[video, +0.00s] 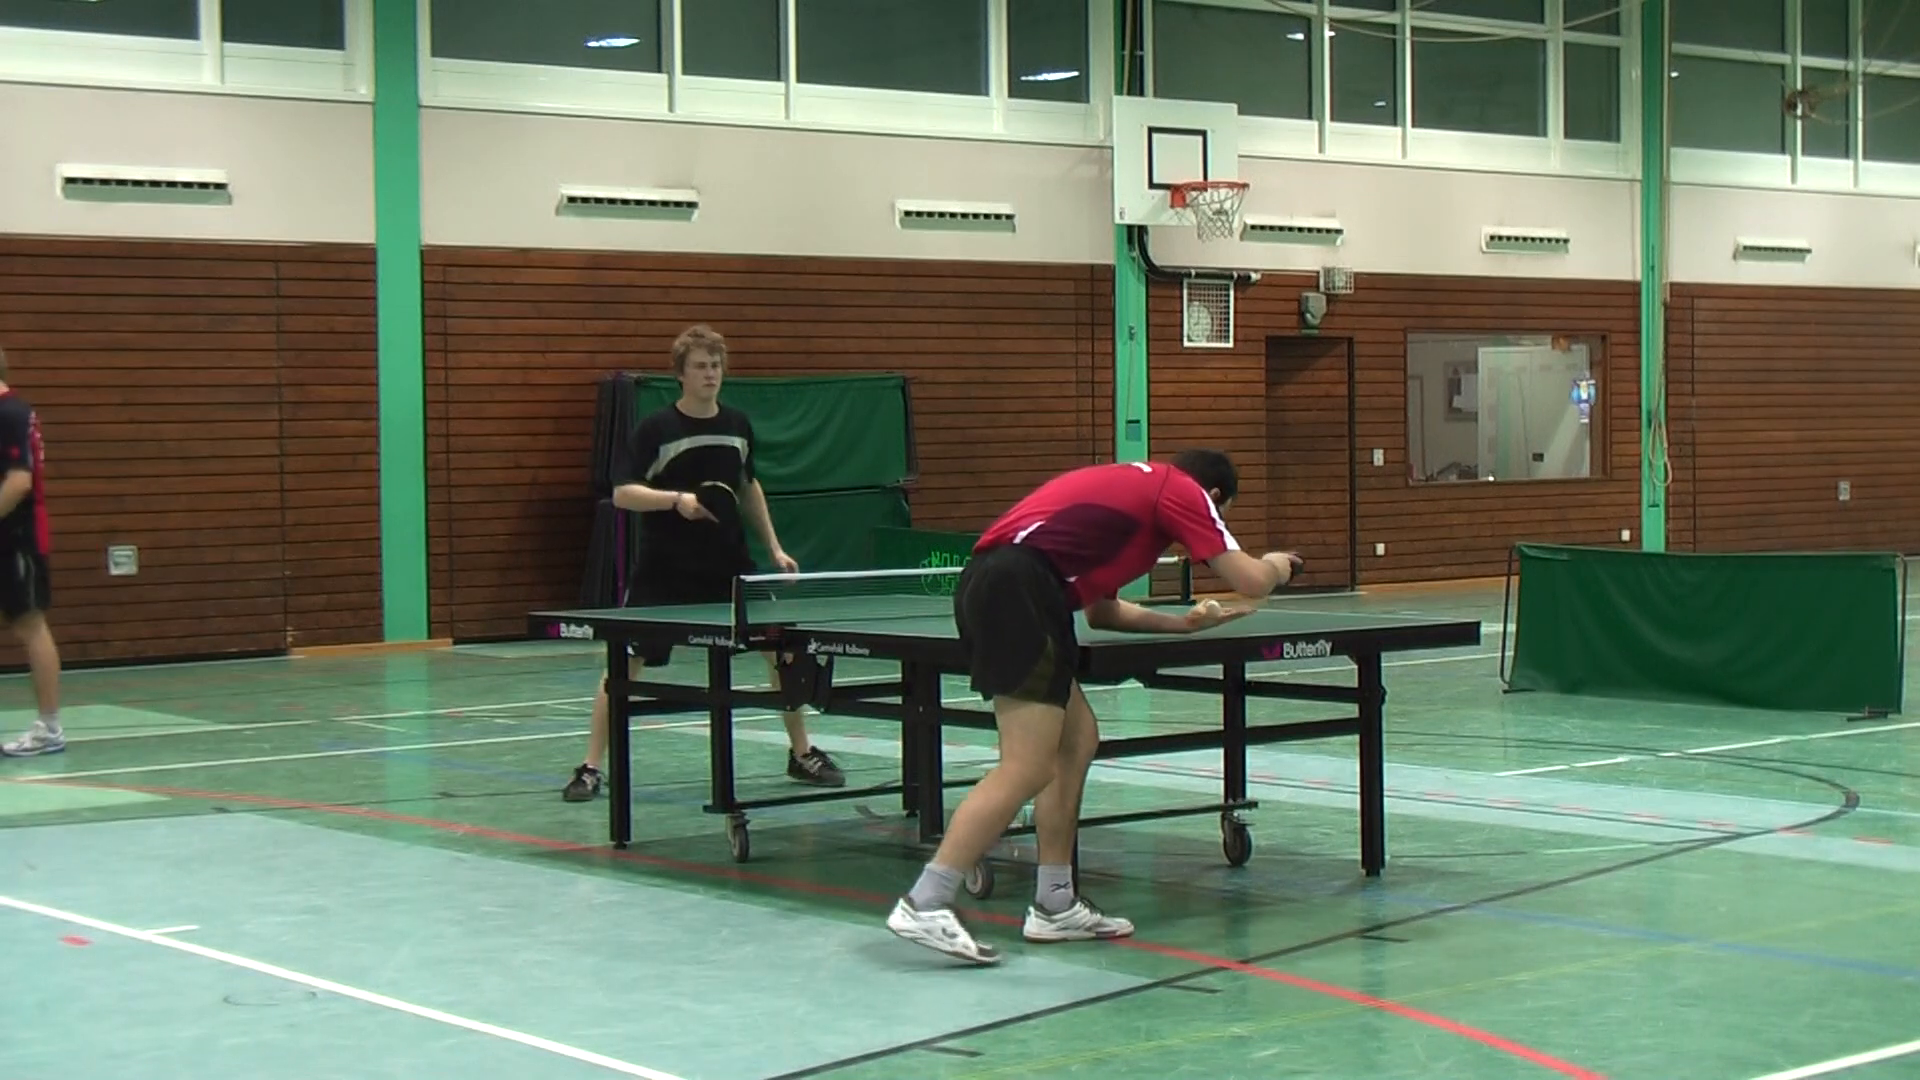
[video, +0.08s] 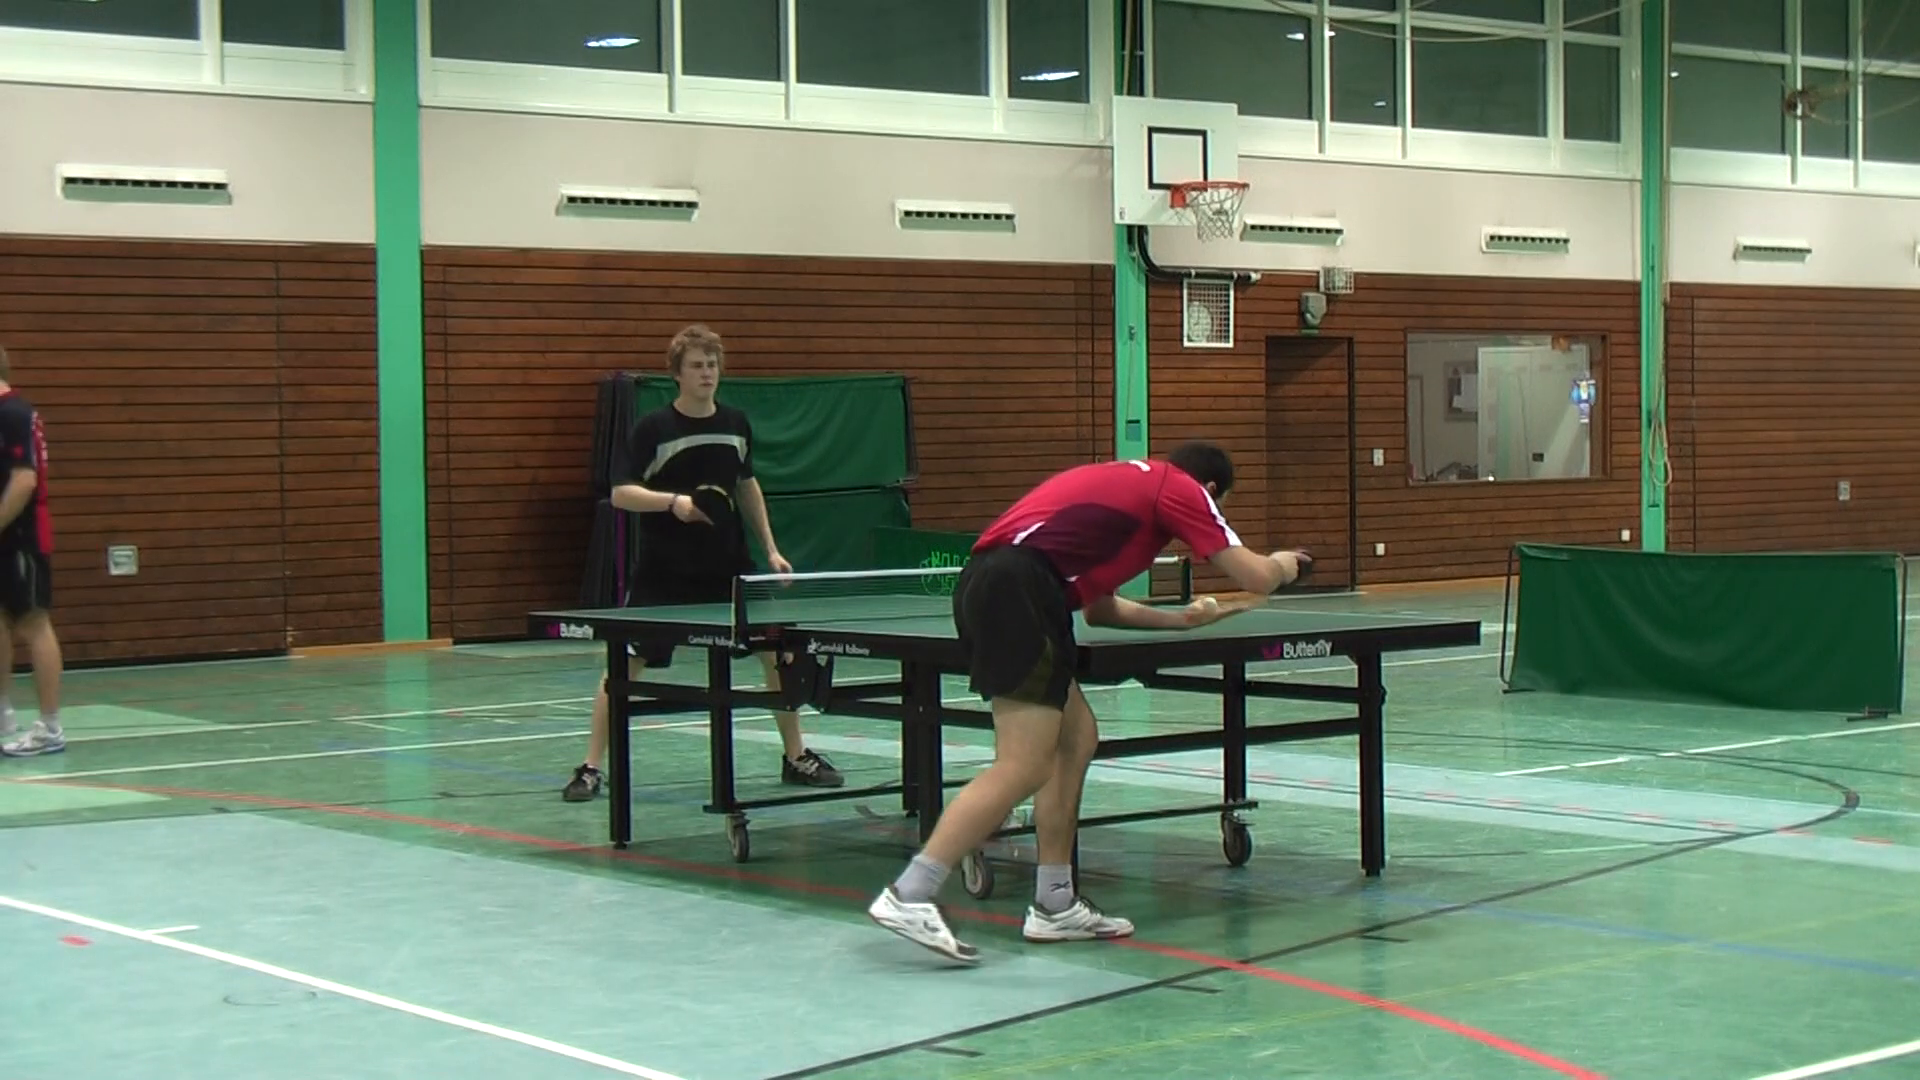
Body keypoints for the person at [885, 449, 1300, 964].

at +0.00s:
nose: (1215, 519)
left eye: (1218, 513)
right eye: (1217, 507)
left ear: (1175, 473)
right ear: (1207, 491)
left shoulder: (1121, 500)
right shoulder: (1177, 487)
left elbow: (1102, 609)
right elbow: (1252, 582)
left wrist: (1185, 619)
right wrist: (1277, 565)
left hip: (999, 585)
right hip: (1017, 583)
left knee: (1077, 738)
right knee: (1029, 763)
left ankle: (1054, 906)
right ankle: (924, 903)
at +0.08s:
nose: (1217, 514)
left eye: (1220, 505)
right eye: (1219, 502)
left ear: (1170, 469)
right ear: (1206, 485)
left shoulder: (1116, 490)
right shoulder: (1177, 486)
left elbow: (1101, 608)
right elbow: (1256, 578)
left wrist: (1186, 616)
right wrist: (1284, 564)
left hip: (993, 584)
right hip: (1015, 584)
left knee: (1075, 736)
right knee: (1024, 762)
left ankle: (1055, 904)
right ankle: (909, 894)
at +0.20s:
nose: (1205, 496)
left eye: (1207, 489)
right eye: (1207, 486)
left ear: (1157, 454)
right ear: (1195, 472)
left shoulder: (1110, 480)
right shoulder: (1172, 481)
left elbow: (1094, 599)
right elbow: (1262, 567)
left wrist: (1178, 607)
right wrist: (1293, 558)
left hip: (989, 585)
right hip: (1013, 588)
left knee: (1075, 735)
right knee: (1013, 770)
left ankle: (1055, 904)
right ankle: (892, 894)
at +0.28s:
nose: (1193, 477)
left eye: (1196, 467)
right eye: (1197, 465)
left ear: (1144, 436)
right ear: (1186, 454)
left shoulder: (1095, 460)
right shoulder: (1166, 469)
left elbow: (1100, 583)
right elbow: (1251, 550)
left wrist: (1187, 583)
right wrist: (1286, 558)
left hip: (980, 586)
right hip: (1015, 591)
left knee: (1073, 735)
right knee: (1011, 771)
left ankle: (1055, 904)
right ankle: (893, 899)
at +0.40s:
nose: (1175, 434)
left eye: (1175, 425)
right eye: (1175, 424)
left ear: (1123, 401)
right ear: (1160, 414)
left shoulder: (1060, 426)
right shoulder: (1146, 436)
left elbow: (1070, 535)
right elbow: (1242, 508)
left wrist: (1151, 529)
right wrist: (1219, 538)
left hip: (976, 585)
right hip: (1016, 591)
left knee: (1065, 736)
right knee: (1003, 773)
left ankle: (1053, 904)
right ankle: (907, 914)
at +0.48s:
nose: (1160, 413)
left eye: (1161, 404)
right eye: (1160, 403)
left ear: (1105, 379)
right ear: (1143, 391)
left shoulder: (1038, 412)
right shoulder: (1128, 411)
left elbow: (1059, 517)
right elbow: (1217, 471)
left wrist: (1146, 521)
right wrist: (1199, 523)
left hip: (974, 579)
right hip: (1020, 585)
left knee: (1050, 739)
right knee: (1003, 765)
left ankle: (1051, 901)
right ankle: (908, 914)